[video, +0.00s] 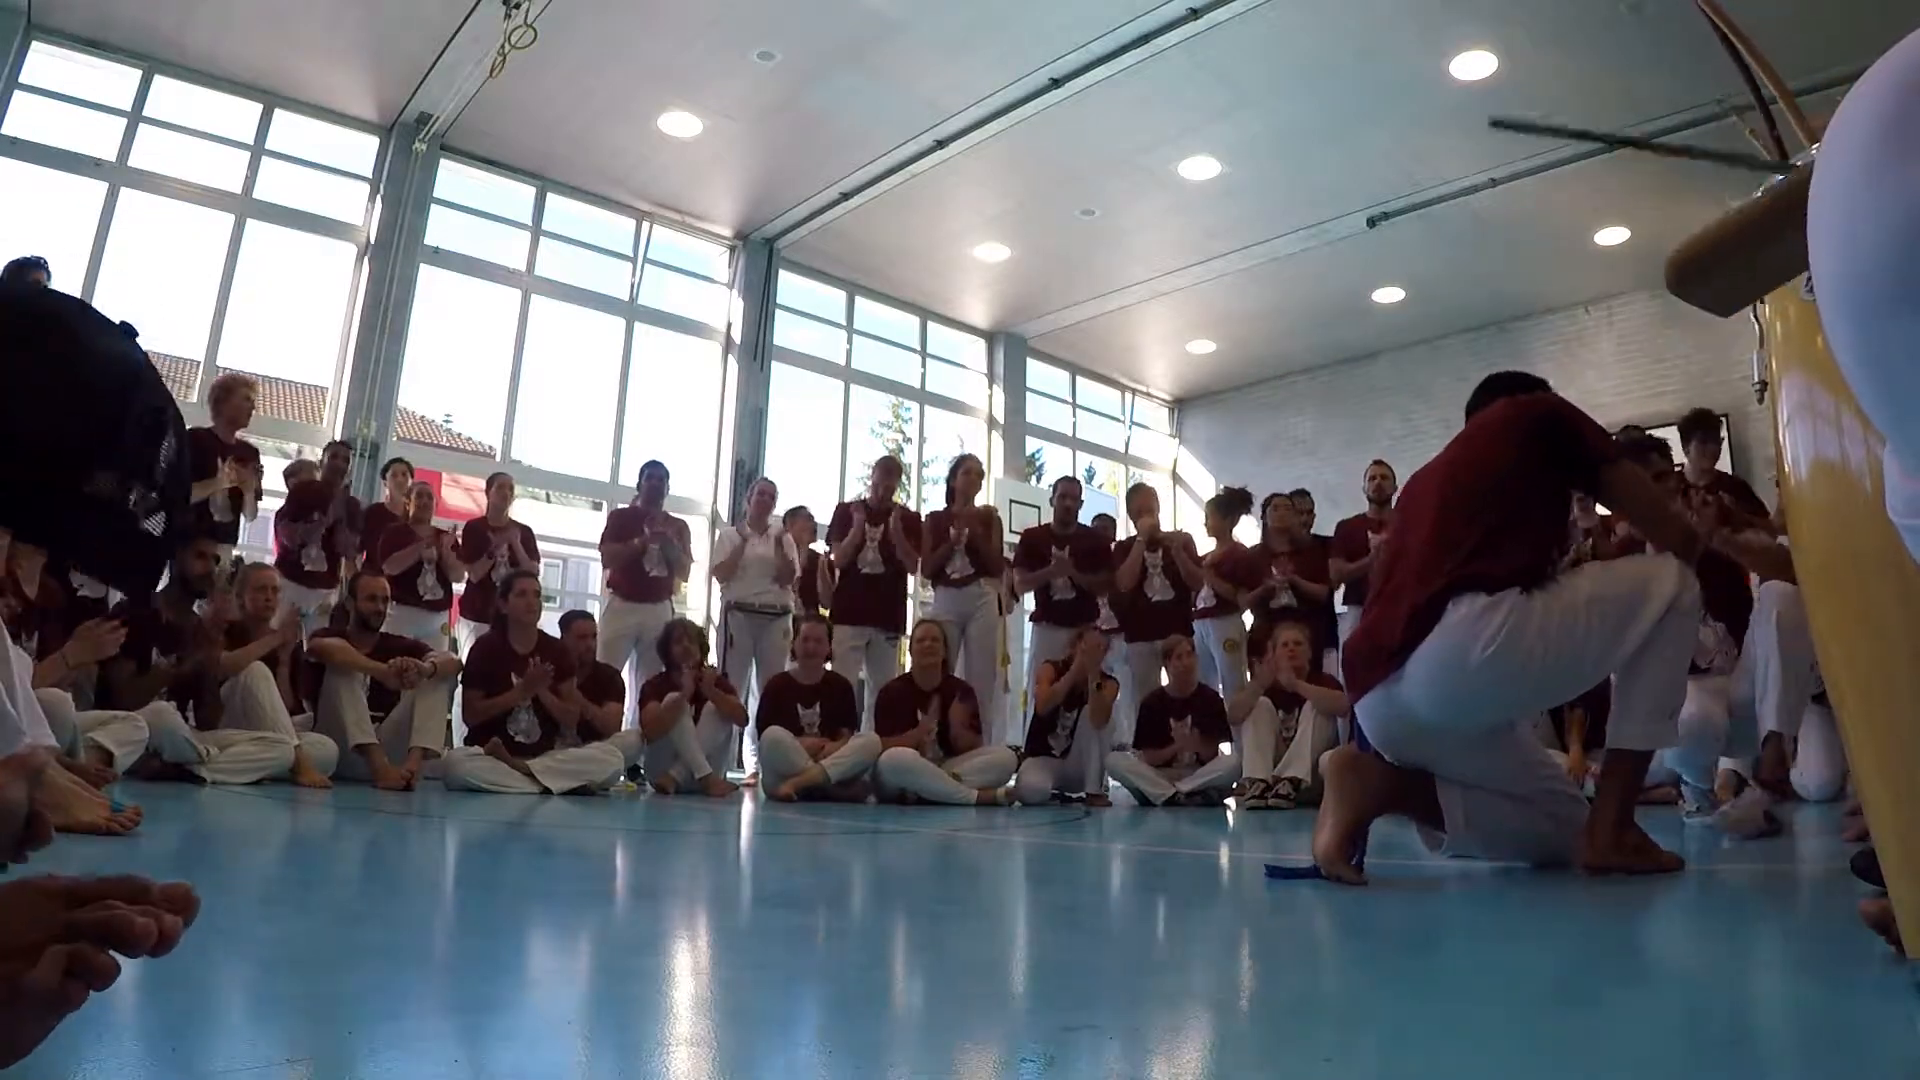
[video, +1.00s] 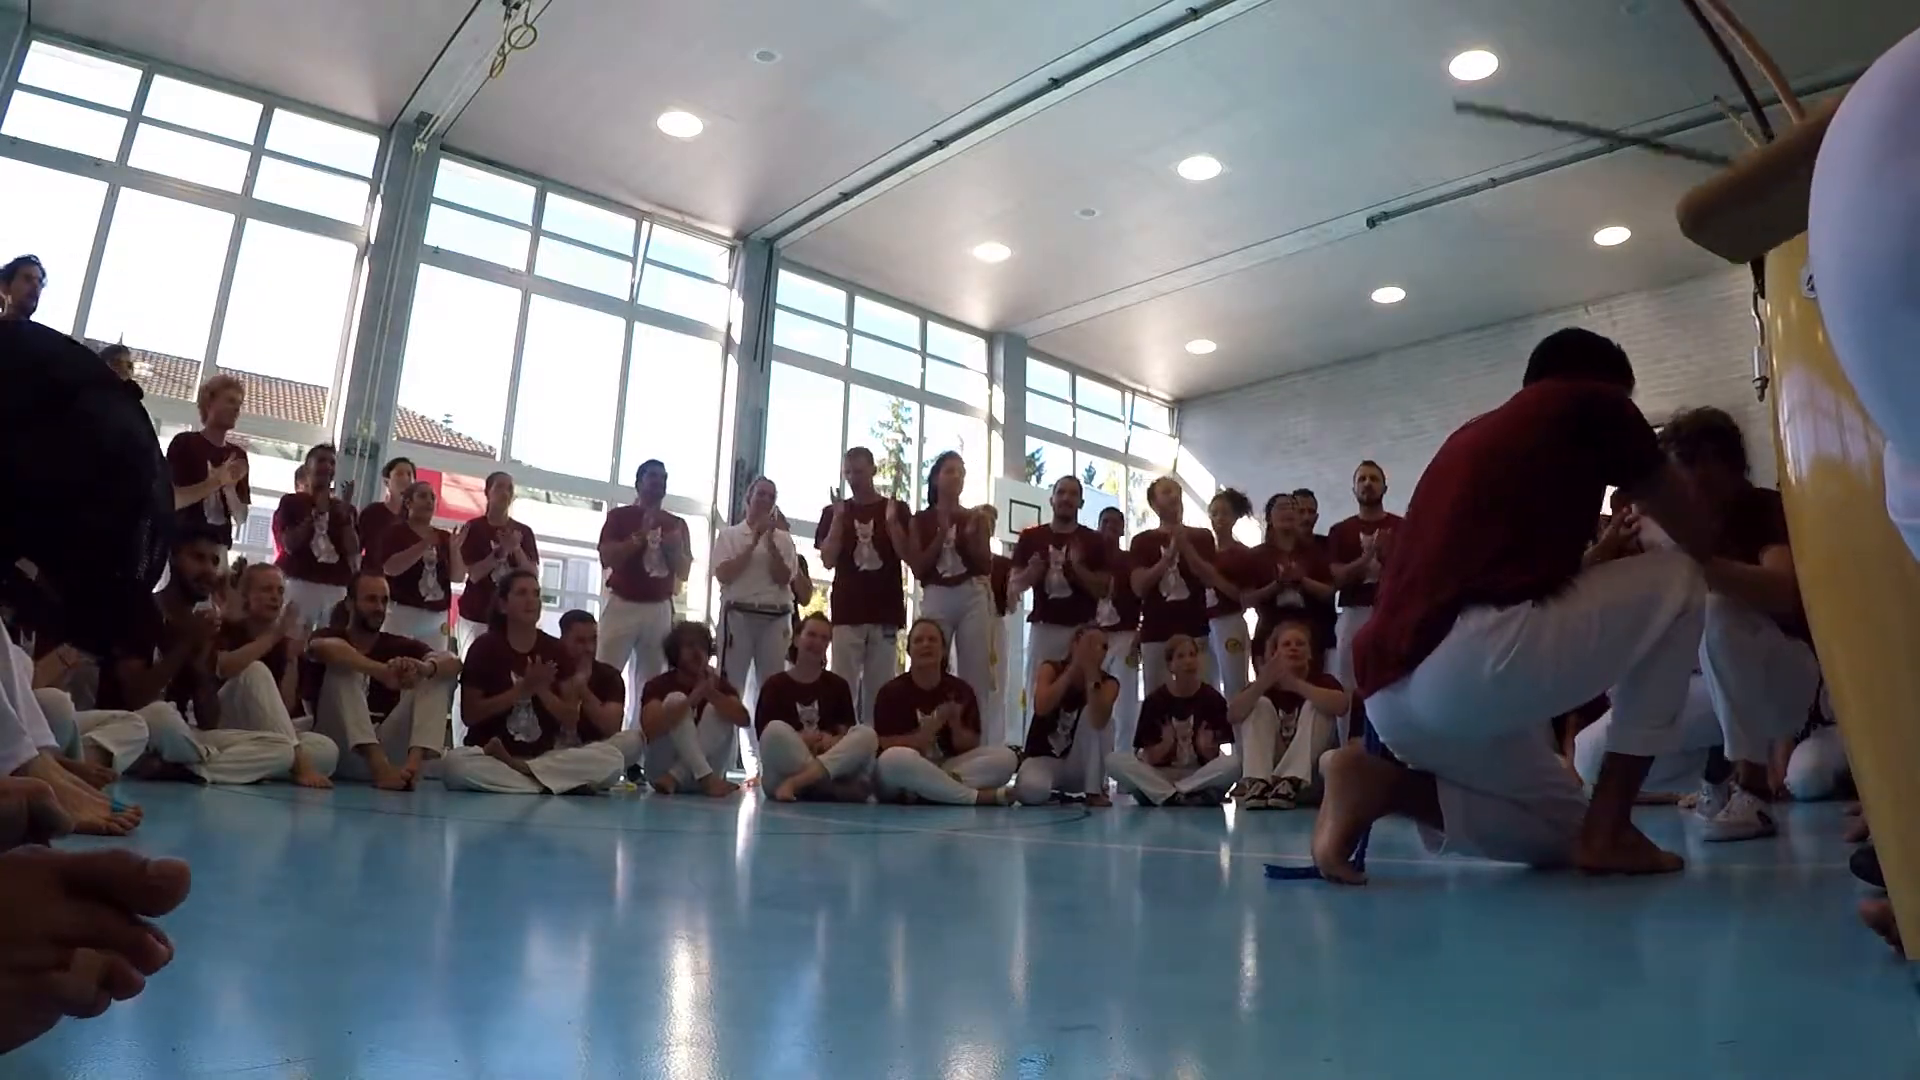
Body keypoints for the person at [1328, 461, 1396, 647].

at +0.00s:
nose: (1378, 483)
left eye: (1384, 478)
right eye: (1372, 478)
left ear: (1395, 487)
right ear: (1364, 487)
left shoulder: (1405, 525)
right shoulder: (1347, 527)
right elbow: (1337, 573)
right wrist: (1372, 558)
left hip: (1395, 608)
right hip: (1357, 609)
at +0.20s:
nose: (1379, 483)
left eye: (1386, 478)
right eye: (1374, 479)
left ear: (1397, 485)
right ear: (1366, 487)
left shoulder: (1405, 524)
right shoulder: (1349, 528)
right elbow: (1339, 575)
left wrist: (1387, 550)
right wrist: (1371, 554)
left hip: (1395, 609)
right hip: (1357, 610)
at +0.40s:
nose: (1377, 484)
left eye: (1384, 478)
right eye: (1371, 479)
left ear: (1394, 484)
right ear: (1364, 487)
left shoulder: (1404, 524)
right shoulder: (1348, 527)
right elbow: (1337, 575)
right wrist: (1374, 565)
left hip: (1397, 608)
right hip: (1357, 609)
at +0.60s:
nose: (1374, 483)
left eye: (1381, 478)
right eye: (1368, 478)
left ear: (1392, 485)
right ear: (1361, 487)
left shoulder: (1402, 525)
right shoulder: (1345, 528)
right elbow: (1335, 578)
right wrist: (1367, 561)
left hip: (1394, 612)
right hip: (1354, 612)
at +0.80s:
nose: (1369, 485)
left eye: (1375, 481)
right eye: (1364, 481)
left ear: (1386, 489)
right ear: (1356, 489)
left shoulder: (1399, 527)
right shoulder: (1340, 531)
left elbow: (1406, 573)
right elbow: (1333, 580)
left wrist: (1381, 560)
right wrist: (1359, 558)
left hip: (1388, 614)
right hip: (1352, 614)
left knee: (1387, 683)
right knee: (1349, 684)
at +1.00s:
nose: (1367, 483)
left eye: (1374, 479)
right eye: (1361, 479)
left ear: (1384, 487)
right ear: (1354, 488)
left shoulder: (1401, 527)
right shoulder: (1339, 531)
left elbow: (1405, 575)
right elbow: (1337, 576)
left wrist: (1371, 562)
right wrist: (1367, 556)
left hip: (1390, 612)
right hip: (1353, 613)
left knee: (1388, 679)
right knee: (1348, 681)